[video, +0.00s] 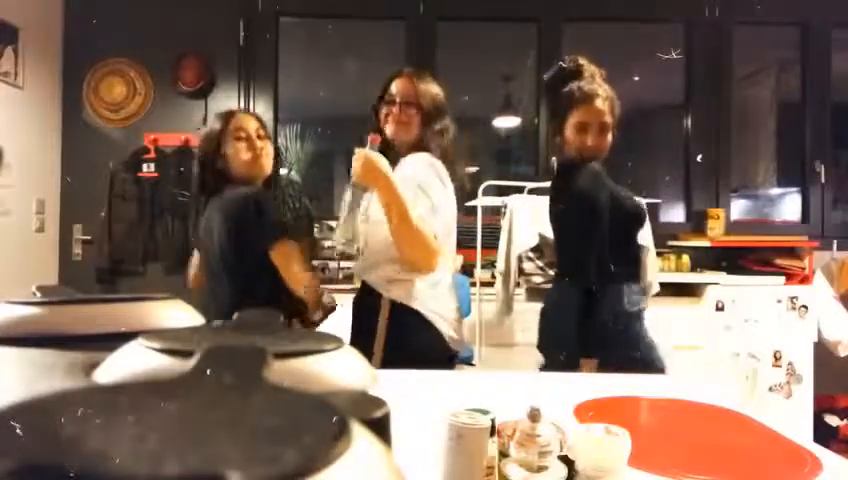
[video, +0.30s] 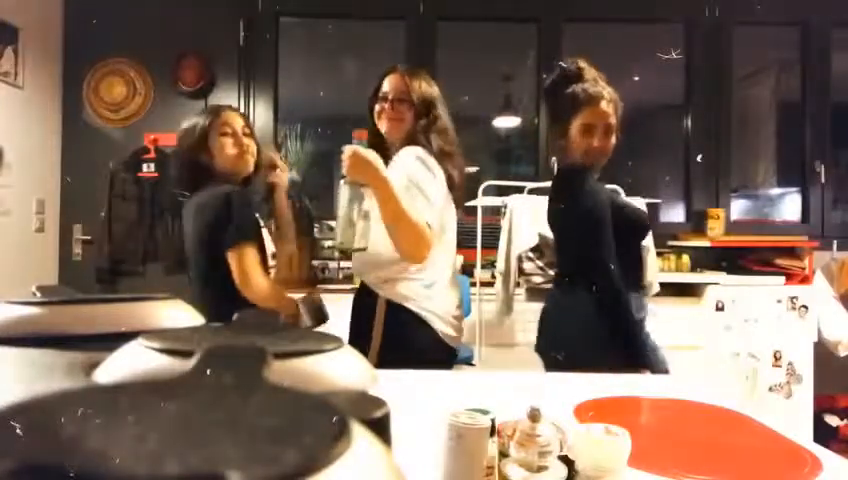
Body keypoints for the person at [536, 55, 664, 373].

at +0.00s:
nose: (593, 140)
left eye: (603, 129)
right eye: (582, 128)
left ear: (614, 131)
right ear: (562, 130)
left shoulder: (568, 177)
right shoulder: (588, 181)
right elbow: (585, 275)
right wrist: (588, 355)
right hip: (607, 313)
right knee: (652, 381)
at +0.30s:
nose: (599, 142)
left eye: (608, 131)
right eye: (587, 130)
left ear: (617, 134)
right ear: (564, 132)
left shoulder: (564, 186)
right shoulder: (590, 193)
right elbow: (605, 280)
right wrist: (645, 355)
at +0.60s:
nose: (607, 142)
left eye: (615, 131)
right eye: (594, 130)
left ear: (623, 134)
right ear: (566, 132)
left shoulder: (564, 190)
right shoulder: (596, 196)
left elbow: (570, 272)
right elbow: (603, 283)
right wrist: (637, 356)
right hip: (597, 335)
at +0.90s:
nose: (605, 143)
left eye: (613, 132)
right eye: (593, 131)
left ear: (621, 132)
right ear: (565, 132)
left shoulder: (562, 179)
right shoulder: (585, 182)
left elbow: (571, 268)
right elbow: (593, 270)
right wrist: (621, 349)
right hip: (589, 323)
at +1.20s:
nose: (599, 136)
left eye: (605, 126)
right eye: (585, 125)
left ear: (612, 126)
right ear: (556, 129)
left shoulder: (554, 175)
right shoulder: (583, 176)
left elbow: (565, 265)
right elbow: (598, 265)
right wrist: (633, 337)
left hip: (554, 317)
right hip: (588, 322)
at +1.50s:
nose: (602, 133)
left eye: (606, 123)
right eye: (588, 122)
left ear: (614, 123)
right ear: (556, 125)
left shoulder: (551, 172)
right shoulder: (583, 171)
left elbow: (561, 258)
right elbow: (612, 259)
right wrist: (644, 324)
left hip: (554, 307)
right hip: (595, 312)